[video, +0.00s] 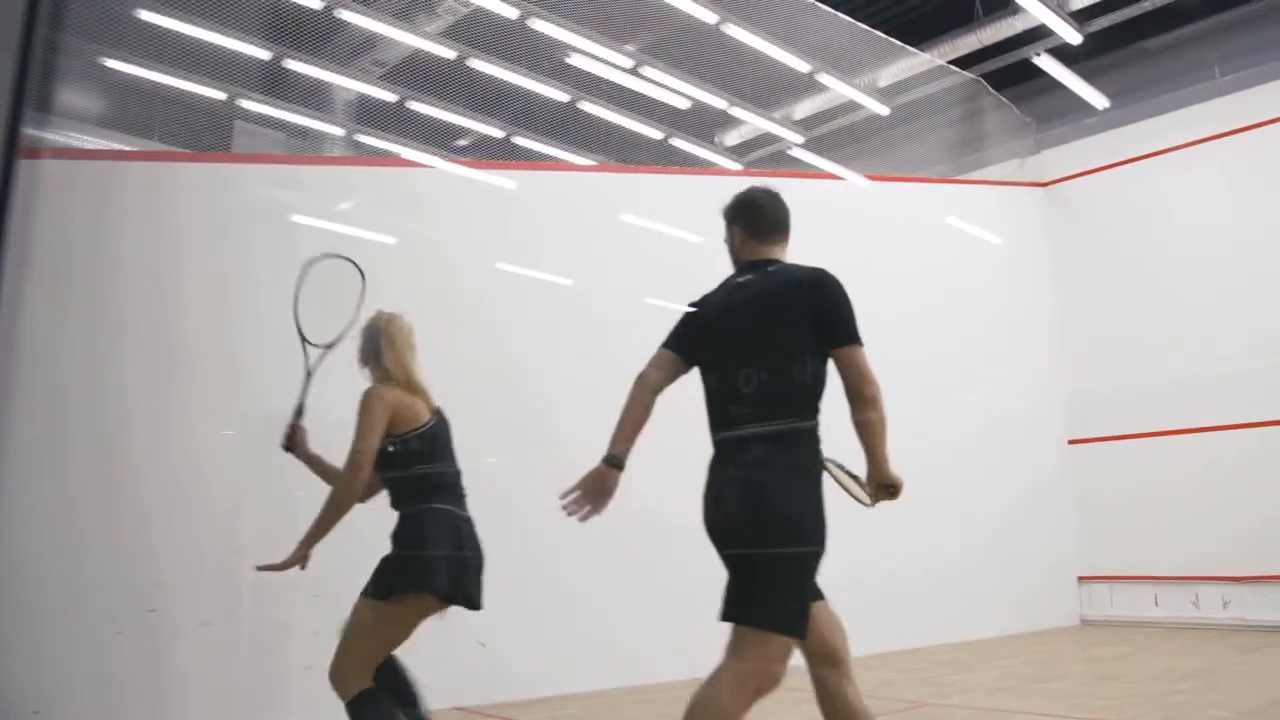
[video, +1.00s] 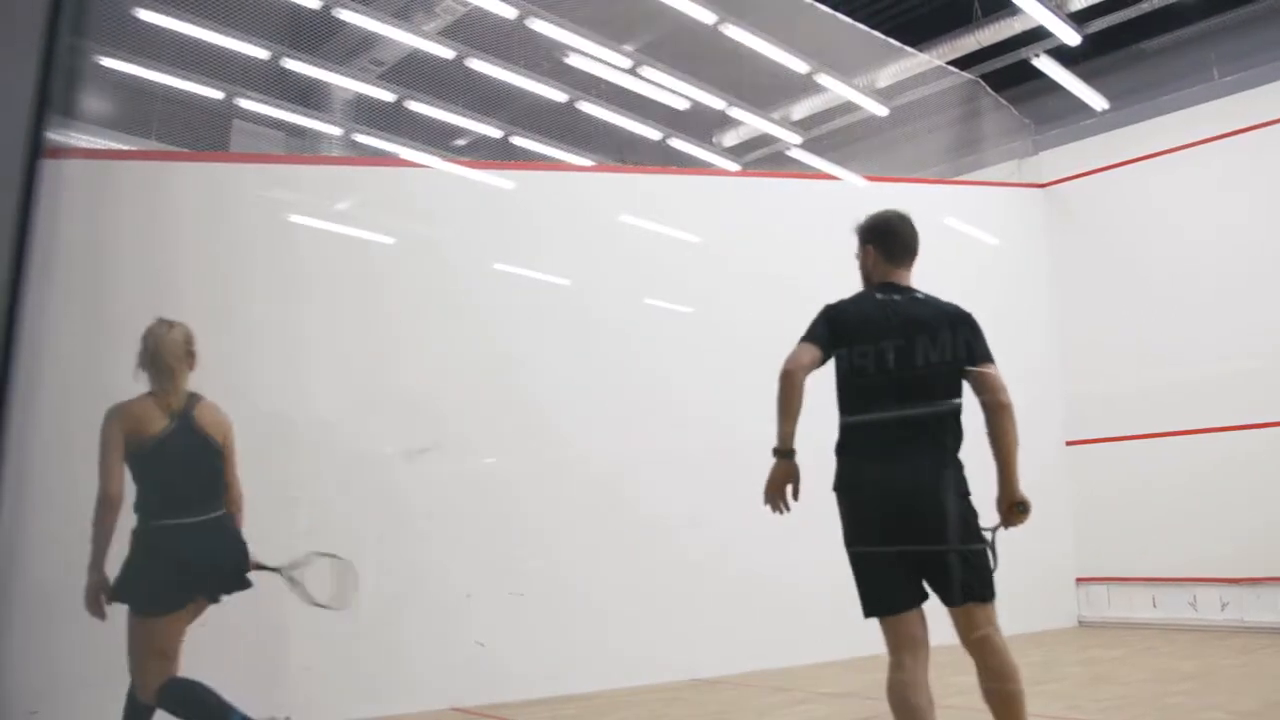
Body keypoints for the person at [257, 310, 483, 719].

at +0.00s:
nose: (361, 357)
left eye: (364, 348)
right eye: (362, 347)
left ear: (372, 351)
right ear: (405, 350)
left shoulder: (382, 397)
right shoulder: (425, 406)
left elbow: (355, 482)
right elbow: (362, 491)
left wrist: (306, 544)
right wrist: (306, 453)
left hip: (424, 550)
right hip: (456, 550)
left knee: (347, 674)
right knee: (373, 654)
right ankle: (416, 714)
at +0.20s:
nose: (309, 372)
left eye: (311, 363)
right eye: (311, 363)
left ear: (318, 366)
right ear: (355, 362)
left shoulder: (332, 411)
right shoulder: (369, 416)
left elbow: (298, 491)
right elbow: (291, 481)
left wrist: (259, 547)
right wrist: (252, 425)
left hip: (376, 566)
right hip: (391, 562)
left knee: (310, 694)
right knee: (291, 623)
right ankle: (279, 713)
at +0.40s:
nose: (258, 388)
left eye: (260, 379)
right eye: (259, 380)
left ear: (269, 381)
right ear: (299, 376)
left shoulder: (289, 421)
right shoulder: (297, 424)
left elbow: (257, 500)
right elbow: (213, 468)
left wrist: (221, 555)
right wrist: (216, 419)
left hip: (315, 582)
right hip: (321, 582)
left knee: (281, 709)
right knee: (232, 653)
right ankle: (185, 714)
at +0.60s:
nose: (208, 392)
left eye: (210, 384)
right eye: (211, 384)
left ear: (215, 388)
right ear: (254, 385)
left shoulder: (236, 441)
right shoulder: (259, 436)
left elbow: (211, 527)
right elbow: (173, 475)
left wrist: (178, 575)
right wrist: (159, 461)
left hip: (243, 591)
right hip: (258, 590)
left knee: (243, 708)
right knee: (170, 652)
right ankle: (140, 713)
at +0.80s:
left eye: (173, 369)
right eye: (217, 370)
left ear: (174, 376)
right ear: (218, 374)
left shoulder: (163, 432)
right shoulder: (236, 432)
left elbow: (156, 518)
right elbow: (206, 504)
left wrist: (137, 582)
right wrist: (140, 534)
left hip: (196, 568)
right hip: (239, 564)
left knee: (196, 700)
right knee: (149, 641)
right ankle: (132, 716)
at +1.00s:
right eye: (191, 355)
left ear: (144, 361)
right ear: (191, 361)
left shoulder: (124, 417)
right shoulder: (217, 417)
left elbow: (111, 499)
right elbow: (233, 497)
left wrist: (96, 570)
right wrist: (234, 552)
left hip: (161, 557)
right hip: (218, 552)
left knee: (153, 685)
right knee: (150, 667)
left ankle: (236, 716)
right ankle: (135, 714)